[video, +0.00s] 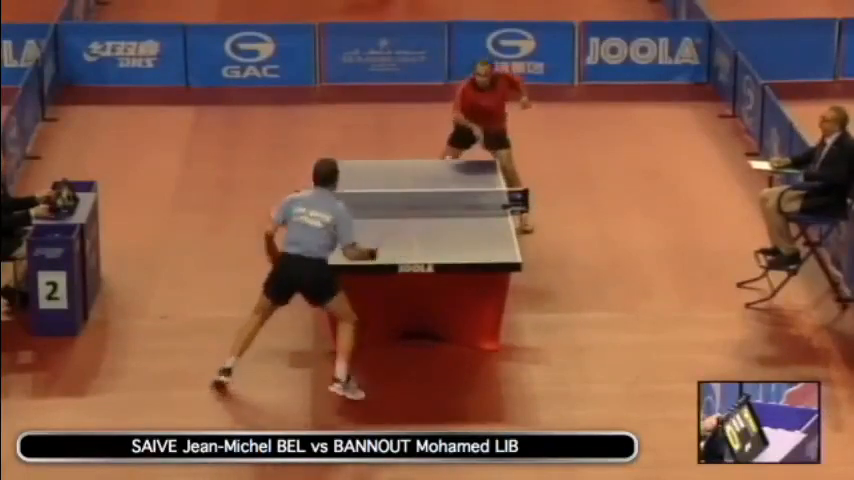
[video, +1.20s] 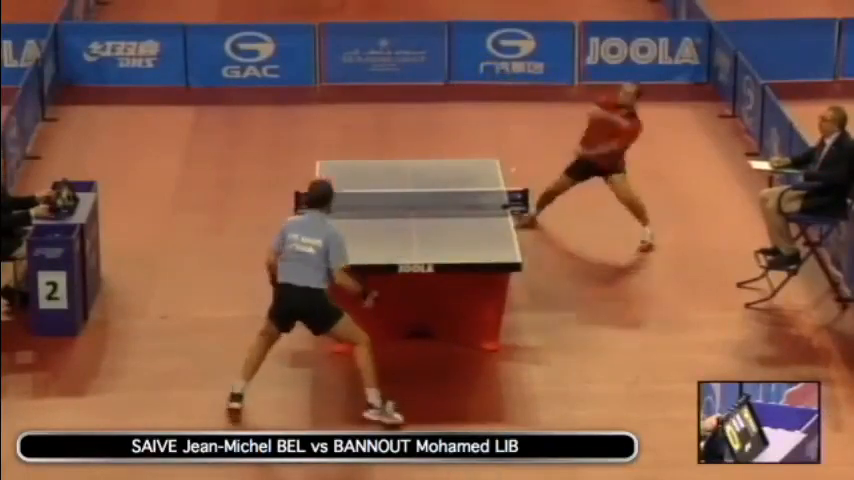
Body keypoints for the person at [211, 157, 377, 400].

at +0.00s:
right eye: (336, 177)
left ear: (314, 178)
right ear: (336, 180)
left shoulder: (295, 200)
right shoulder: (338, 208)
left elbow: (269, 231)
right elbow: (350, 251)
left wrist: (275, 258)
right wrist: (369, 254)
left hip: (286, 265)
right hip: (315, 269)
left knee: (259, 315)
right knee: (347, 319)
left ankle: (228, 366)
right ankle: (341, 378)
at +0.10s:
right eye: (329, 190)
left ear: (305, 190)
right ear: (328, 193)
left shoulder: (288, 211)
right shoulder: (328, 220)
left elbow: (267, 246)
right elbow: (338, 264)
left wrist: (288, 255)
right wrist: (354, 266)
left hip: (274, 276)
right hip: (302, 281)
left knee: (249, 324)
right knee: (340, 327)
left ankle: (219, 373)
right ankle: (338, 390)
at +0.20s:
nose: (322, 204)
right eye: (321, 200)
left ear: (297, 199)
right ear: (319, 203)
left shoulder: (281, 217)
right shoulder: (317, 230)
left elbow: (260, 246)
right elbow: (322, 274)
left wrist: (284, 250)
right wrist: (332, 274)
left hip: (259, 281)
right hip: (287, 287)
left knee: (239, 320)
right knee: (333, 325)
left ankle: (219, 369)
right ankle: (337, 387)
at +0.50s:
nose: (307, 221)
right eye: (306, 219)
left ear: (282, 223)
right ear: (305, 223)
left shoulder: (270, 243)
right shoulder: (315, 249)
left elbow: (250, 269)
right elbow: (347, 274)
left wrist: (272, 253)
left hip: (260, 308)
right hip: (293, 313)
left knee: (236, 320)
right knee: (342, 328)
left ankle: (217, 372)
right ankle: (338, 389)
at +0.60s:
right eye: (302, 210)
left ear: (280, 218)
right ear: (302, 216)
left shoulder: (273, 240)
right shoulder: (317, 240)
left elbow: (245, 269)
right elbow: (350, 252)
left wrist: (261, 256)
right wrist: (358, 232)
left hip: (268, 306)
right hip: (300, 309)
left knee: (240, 324)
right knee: (345, 327)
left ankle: (217, 373)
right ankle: (339, 388)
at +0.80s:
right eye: (297, 194)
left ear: (276, 200)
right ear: (298, 198)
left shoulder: (264, 225)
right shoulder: (310, 225)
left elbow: (251, 261)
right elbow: (333, 262)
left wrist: (243, 277)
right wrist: (352, 268)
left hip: (269, 292)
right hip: (302, 293)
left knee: (242, 325)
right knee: (344, 325)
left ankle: (225, 379)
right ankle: (346, 384)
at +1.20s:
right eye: (331, 199)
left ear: (306, 200)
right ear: (329, 202)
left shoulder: (290, 224)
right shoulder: (330, 231)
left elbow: (271, 260)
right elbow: (338, 275)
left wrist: (278, 285)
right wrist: (361, 290)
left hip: (285, 295)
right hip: (314, 298)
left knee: (265, 337)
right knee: (361, 341)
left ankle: (238, 391)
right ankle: (375, 404)